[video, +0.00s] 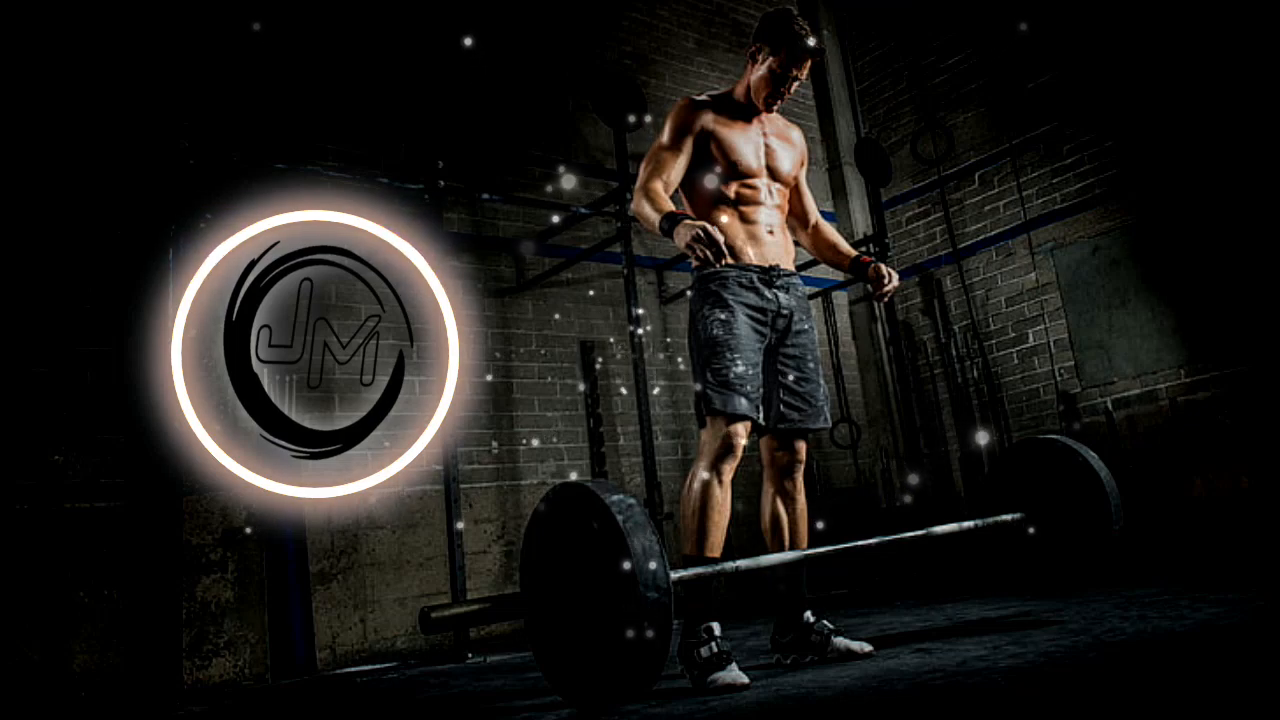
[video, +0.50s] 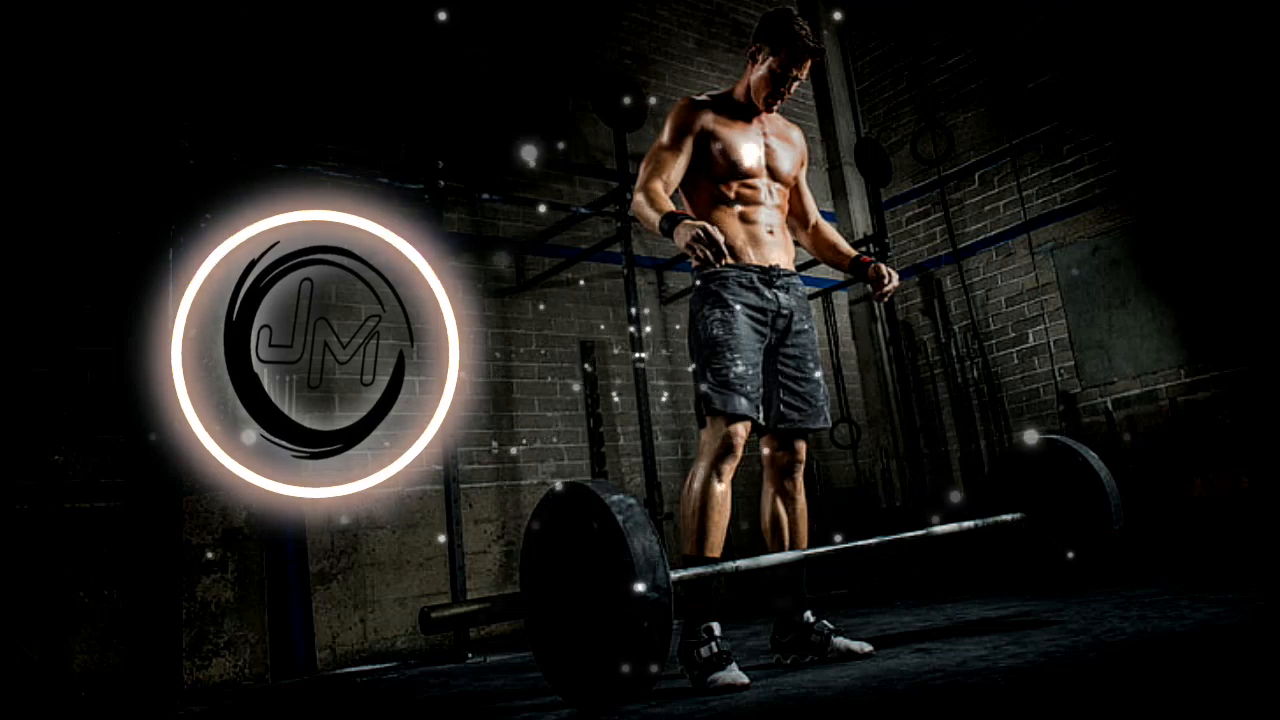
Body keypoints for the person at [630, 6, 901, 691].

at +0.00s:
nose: (791, 87)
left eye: (801, 77)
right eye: (788, 71)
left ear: (803, 76)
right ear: (757, 57)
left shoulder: (792, 137)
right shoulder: (697, 115)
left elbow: (809, 225)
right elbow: (644, 200)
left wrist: (860, 264)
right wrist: (677, 227)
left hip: (790, 297)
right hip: (730, 292)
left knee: (790, 456)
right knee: (729, 440)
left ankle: (797, 625)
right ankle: (699, 634)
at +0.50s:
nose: (790, 89)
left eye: (800, 79)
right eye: (786, 73)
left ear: (802, 77)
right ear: (756, 57)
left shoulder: (792, 136)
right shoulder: (697, 115)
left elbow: (808, 224)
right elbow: (645, 198)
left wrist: (860, 264)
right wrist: (677, 226)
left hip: (790, 297)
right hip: (730, 293)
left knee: (790, 455)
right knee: (729, 438)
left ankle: (797, 624)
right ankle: (699, 634)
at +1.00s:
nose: (787, 95)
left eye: (797, 85)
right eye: (784, 78)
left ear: (801, 78)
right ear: (756, 59)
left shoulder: (791, 136)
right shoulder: (697, 115)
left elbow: (809, 225)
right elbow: (644, 199)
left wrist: (861, 265)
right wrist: (676, 225)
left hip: (790, 297)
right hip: (730, 292)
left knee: (790, 455)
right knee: (729, 437)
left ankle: (797, 624)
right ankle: (698, 633)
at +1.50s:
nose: (791, 91)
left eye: (800, 82)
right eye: (788, 75)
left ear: (797, 79)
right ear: (757, 59)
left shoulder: (791, 136)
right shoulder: (698, 115)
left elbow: (809, 225)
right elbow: (644, 200)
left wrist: (861, 265)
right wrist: (676, 225)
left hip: (790, 296)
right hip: (731, 292)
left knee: (790, 454)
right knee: (729, 437)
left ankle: (797, 624)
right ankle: (698, 633)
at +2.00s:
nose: (790, 90)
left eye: (801, 79)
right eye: (787, 73)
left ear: (803, 76)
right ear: (756, 57)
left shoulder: (792, 136)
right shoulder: (697, 115)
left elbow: (808, 224)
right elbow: (645, 197)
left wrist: (860, 264)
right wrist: (677, 225)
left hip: (790, 297)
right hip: (731, 292)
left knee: (790, 455)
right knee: (730, 437)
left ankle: (796, 624)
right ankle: (698, 633)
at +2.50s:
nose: (787, 93)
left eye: (798, 83)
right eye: (783, 76)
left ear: (802, 77)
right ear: (756, 57)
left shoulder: (792, 135)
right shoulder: (698, 115)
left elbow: (808, 224)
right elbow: (645, 198)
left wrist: (860, 265)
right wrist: (676, 226)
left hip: (790, 296)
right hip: (730, 292)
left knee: (790, 454)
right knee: (729, 437)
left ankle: (797, 624)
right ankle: (698, 634)